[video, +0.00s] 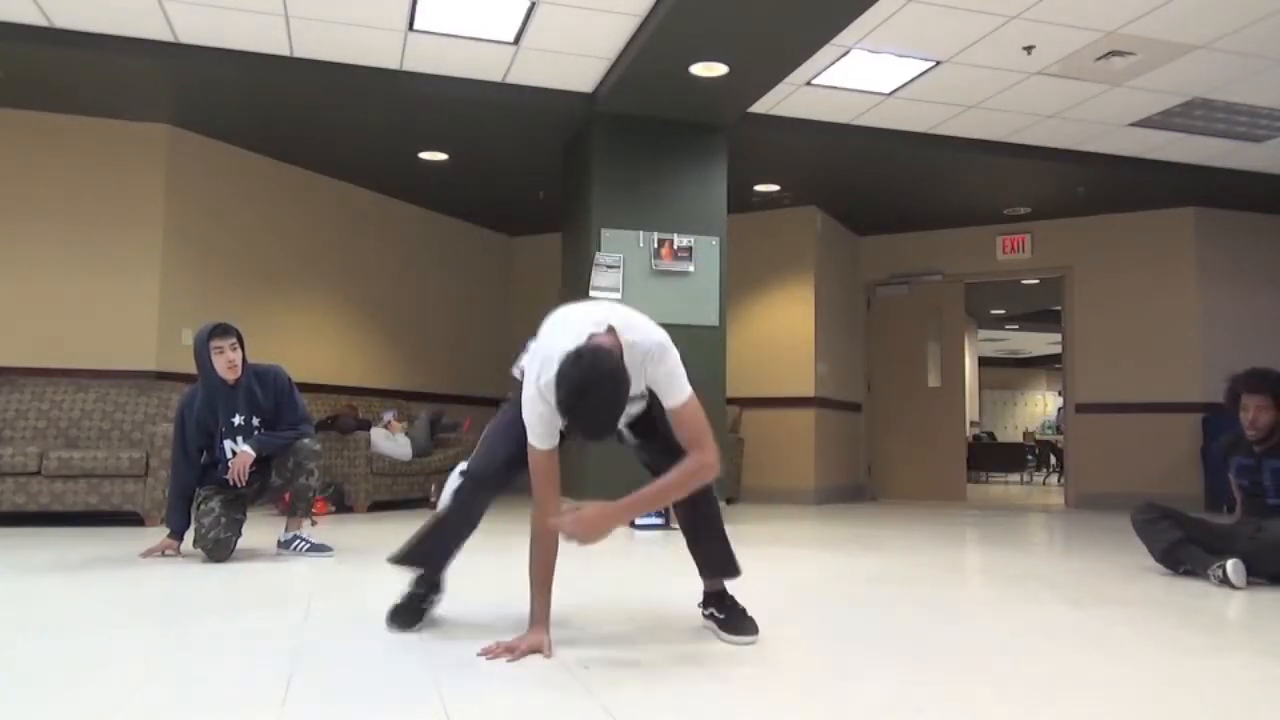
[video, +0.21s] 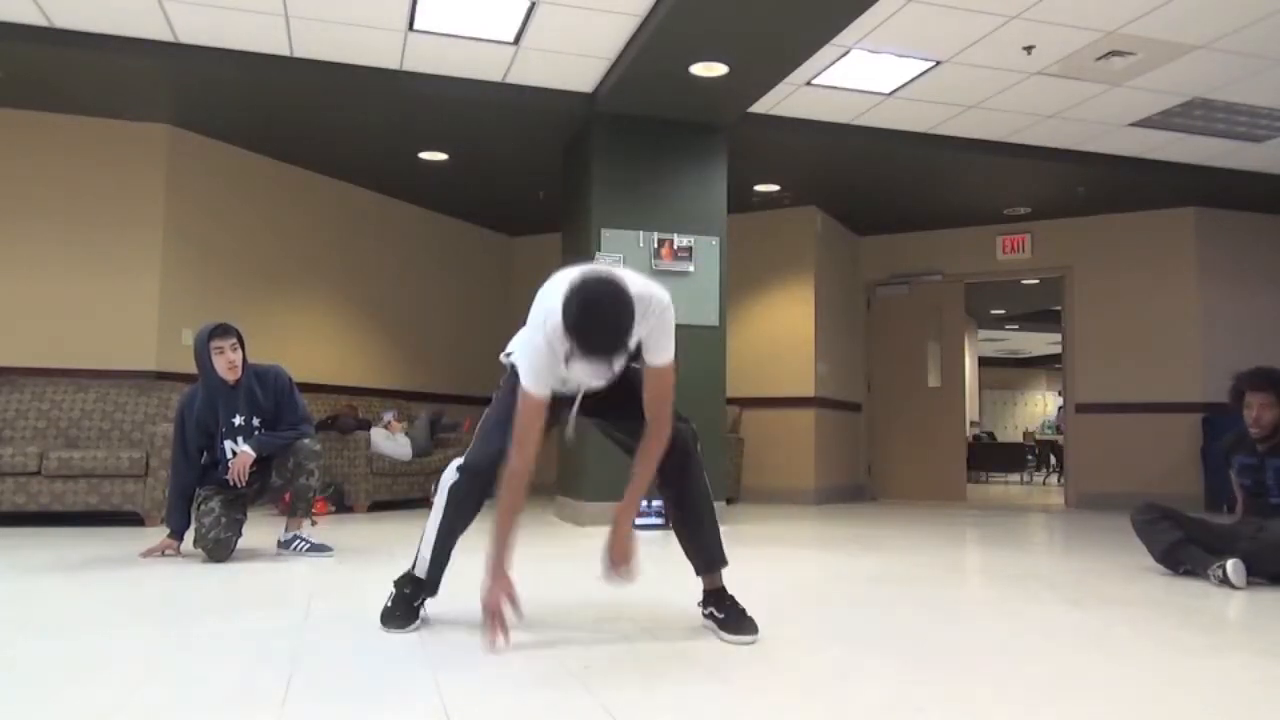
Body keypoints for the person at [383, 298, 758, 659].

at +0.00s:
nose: (587, 443)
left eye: (606, 431)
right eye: (576, 433)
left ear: (627, 382)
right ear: (561, 394)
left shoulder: (654, 351)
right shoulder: (543, 383)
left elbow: (706, 459)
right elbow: (545, 517)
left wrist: (613, 515)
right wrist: (539, 626)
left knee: (695, 481)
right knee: (478, 479)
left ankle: (718, 595)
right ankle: (426, 580)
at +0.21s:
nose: (595, 364)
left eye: (606, 358)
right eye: (585, 355)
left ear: (630, 328)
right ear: (566, 327)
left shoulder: (656, 307)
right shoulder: (547, 322)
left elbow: (660, 427)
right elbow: (520, 458)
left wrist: (625, 523)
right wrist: (498, 567)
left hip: (614, 378)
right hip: (540, 372)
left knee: (679, 448)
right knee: (477, 469)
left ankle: (715, 590)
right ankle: (417, 581)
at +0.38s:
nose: (593, 271)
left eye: (600, 258)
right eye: (580, 261)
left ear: (620, 236)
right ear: (563, 249)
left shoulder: (665, 253)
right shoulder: (547, 263)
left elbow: (683, 366)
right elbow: (503, 363)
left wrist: (643, 447)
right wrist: (472, 455)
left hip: (649, 349)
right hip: (579, 352)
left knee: (693, 441)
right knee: (519, 451)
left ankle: (718, 592)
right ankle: (432, 582)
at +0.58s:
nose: (551, 181)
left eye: (556, 167)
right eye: (542, 172)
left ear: (587, 152)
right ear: (538, 170)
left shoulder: (653, 199)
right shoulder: (546, 210)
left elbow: (723, 270)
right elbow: (553, 283)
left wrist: (664, 320)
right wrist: (530, 341)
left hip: (662, 341)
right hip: (597, 342)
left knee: (683, 473)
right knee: (553, 454)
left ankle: (714, 595)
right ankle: (573, 546)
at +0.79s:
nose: (509, 169)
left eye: (515, 155)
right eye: (501, 159)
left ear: (545, 148)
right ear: (502, 161)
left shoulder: (590, 204)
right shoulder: (532, 214)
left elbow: (662, 258)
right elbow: (580, 277)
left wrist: (622, 334)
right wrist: (566, 328)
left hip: (622, 345)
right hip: (584, 349)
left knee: (630, 457)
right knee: (580, 468)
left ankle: (694, 577)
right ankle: (637, 561)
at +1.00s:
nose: (488, 125)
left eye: (494, 112)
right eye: (481, 116)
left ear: (523, 108)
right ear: (480, 122)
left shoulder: (562, 161)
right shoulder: (506, 175)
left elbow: (625, 226)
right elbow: (532, 243)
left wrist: (571, 288)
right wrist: (537, 303)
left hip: (580, 309)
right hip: (548, 313)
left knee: (540, 422)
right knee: (572, 432)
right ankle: (625, 543)